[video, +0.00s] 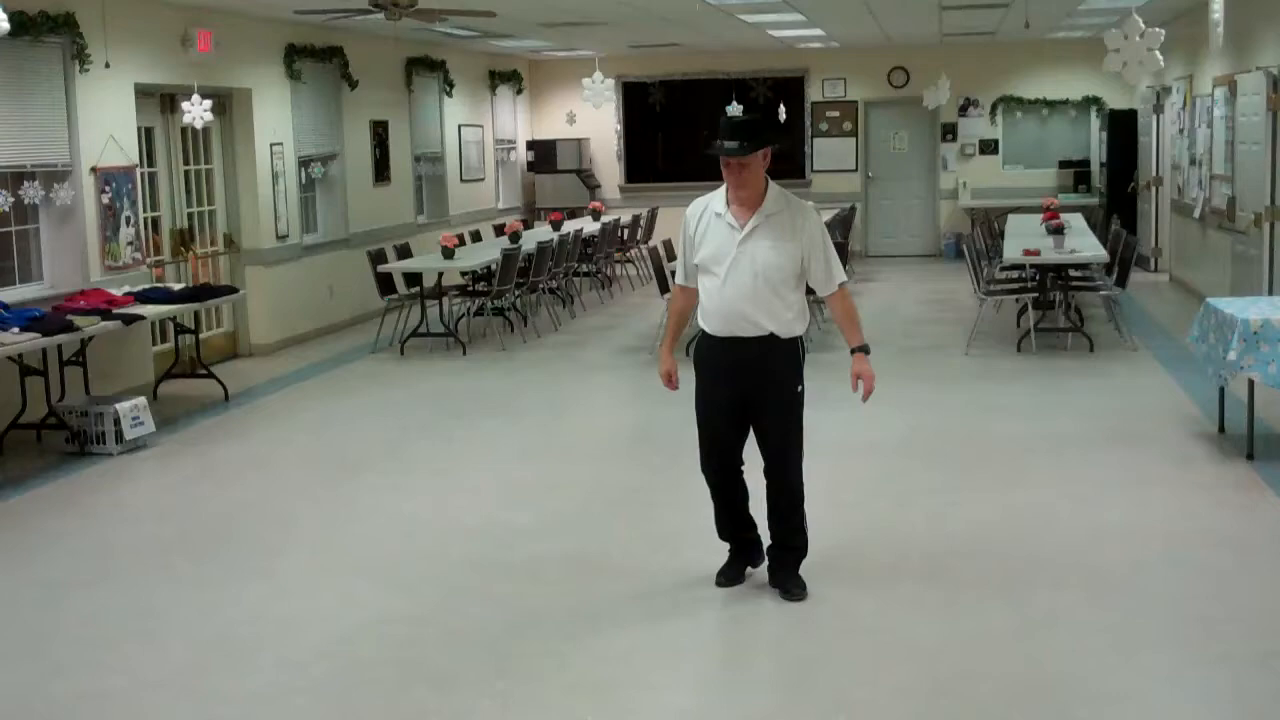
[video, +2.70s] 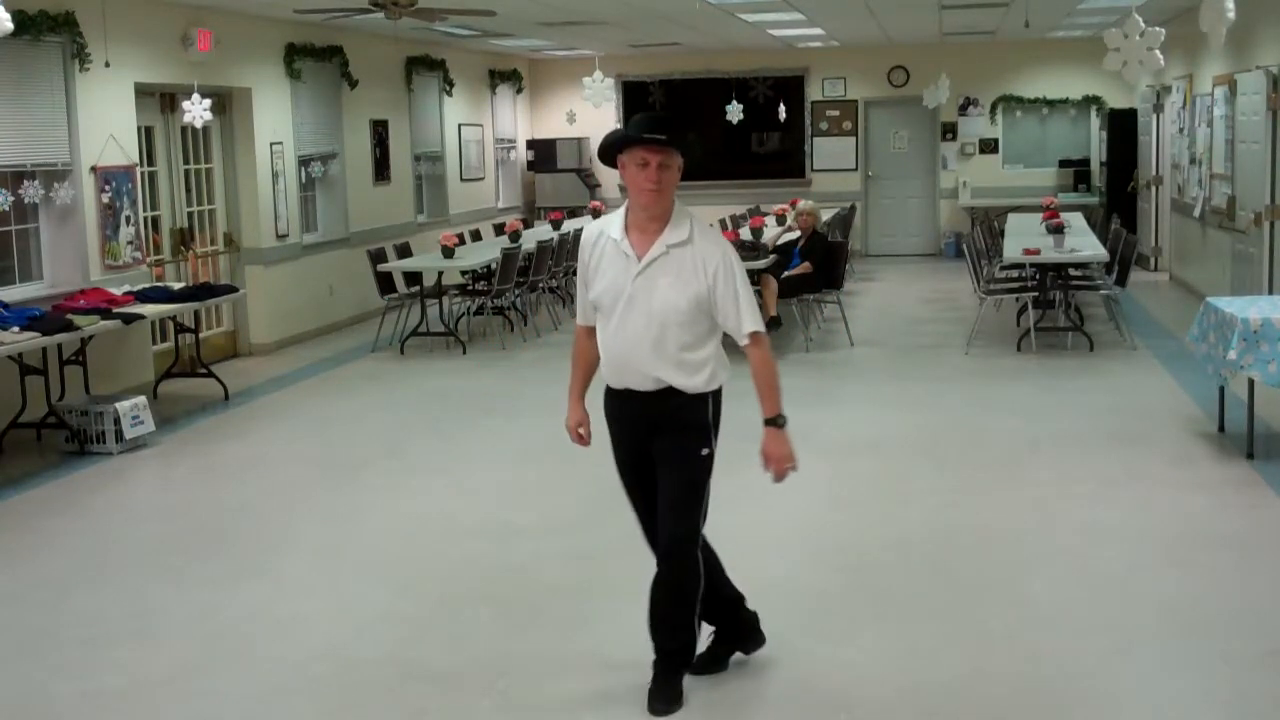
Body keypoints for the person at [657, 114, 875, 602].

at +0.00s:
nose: (731, 169)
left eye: (742, 160)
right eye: (725, 160)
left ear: (765, 156)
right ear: (718, 160)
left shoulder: (800, 216)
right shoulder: (699, 214)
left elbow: (834, 289)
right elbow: (686, 287)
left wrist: (860, 352)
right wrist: (667, 347)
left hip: (777, 356)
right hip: (716, 356)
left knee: (783, 468)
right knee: (717, 464)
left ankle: (787, 565)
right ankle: (742, 547)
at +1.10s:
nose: (683, 194)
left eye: (693, 183)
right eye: (675, 184)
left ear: (717, 174)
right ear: (666, 181)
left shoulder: (761, 226)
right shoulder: (654, 239)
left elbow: (800, 288)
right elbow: (645, 319)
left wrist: (821, 351)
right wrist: (635, 391)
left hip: (754, 373)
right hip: (688, 377)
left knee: (766, 482)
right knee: (672, 486)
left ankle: (766, 573)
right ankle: (662, 598)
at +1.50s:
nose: (625, 180)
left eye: (636, 170)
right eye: (618, 170)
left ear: (659, 169)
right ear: (607, 171)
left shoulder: (698, 225)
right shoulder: (583, 234)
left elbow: (727, 293)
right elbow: (561, 317)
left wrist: (757, 350)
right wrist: (565, 386)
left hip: (686, 374)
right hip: (618, 378)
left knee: (707, 475)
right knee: (620, 499)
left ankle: (692, 556)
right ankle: (632, 610)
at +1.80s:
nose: (605, 188)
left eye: (616, 177)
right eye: (596, 177)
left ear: (638, 176)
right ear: (584, 178)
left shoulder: (670, 240)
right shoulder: (555, 239)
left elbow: (686, 326)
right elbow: (526, 316)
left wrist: (689, 403)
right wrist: (507, 377)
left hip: (639, 391)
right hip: (571, 388)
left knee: (616, 502)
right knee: (557, 494)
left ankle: (599, 582)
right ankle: (591, 605)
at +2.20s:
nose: (612, 175)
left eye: (622, 166)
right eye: (601, 165)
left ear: (638, 175)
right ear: (582, 173)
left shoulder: (664, 247)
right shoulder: (549, 237)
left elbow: (664, 340)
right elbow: (522, 307)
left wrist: (618, 394)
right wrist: (491, 363)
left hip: (631, 397)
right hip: (558, 393)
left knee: (636, 527)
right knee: (556, 520)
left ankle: (654, 656)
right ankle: (568, 626)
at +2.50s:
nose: (637, 162)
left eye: (649, 153)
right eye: (626, 152)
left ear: (665, 164)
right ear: (606, 161)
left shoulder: (686, 240)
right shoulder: (586, 226)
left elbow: (698, 341)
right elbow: (577, 303)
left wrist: (692, 429)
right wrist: (553, 364)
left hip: (660, 400)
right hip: (595, 395)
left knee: (660, 538)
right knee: (589, 511)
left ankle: (661, 665)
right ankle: (639, 605)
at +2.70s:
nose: (653, 175)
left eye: (663, 165)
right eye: (641, 164)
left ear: (679, 173)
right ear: (620, 172)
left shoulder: (710, 247)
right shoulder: (596, 239)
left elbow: (754, 338)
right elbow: (588, 325)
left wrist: (774, 423)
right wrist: (575, 397)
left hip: (689, 404)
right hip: (623, 403)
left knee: (676, 539)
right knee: (667, 534)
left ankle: (668, 665)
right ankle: (735, 621)